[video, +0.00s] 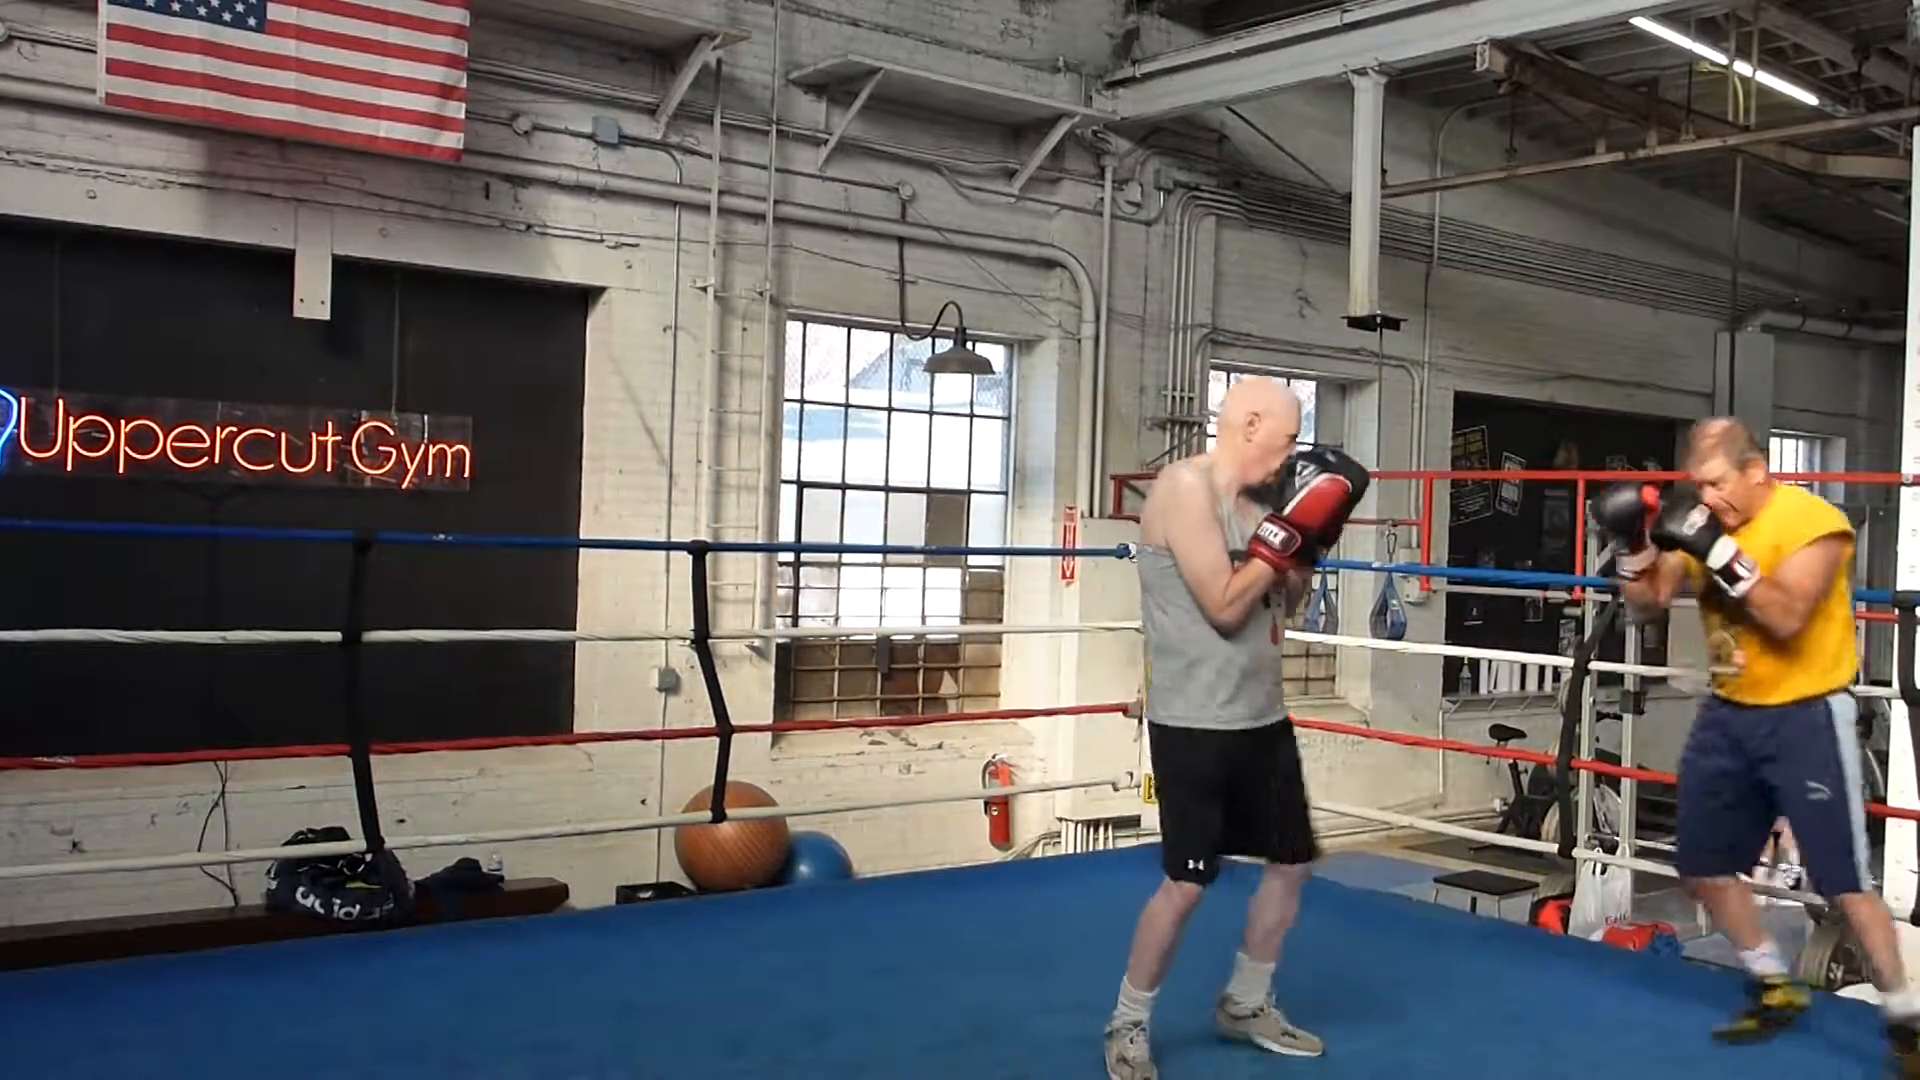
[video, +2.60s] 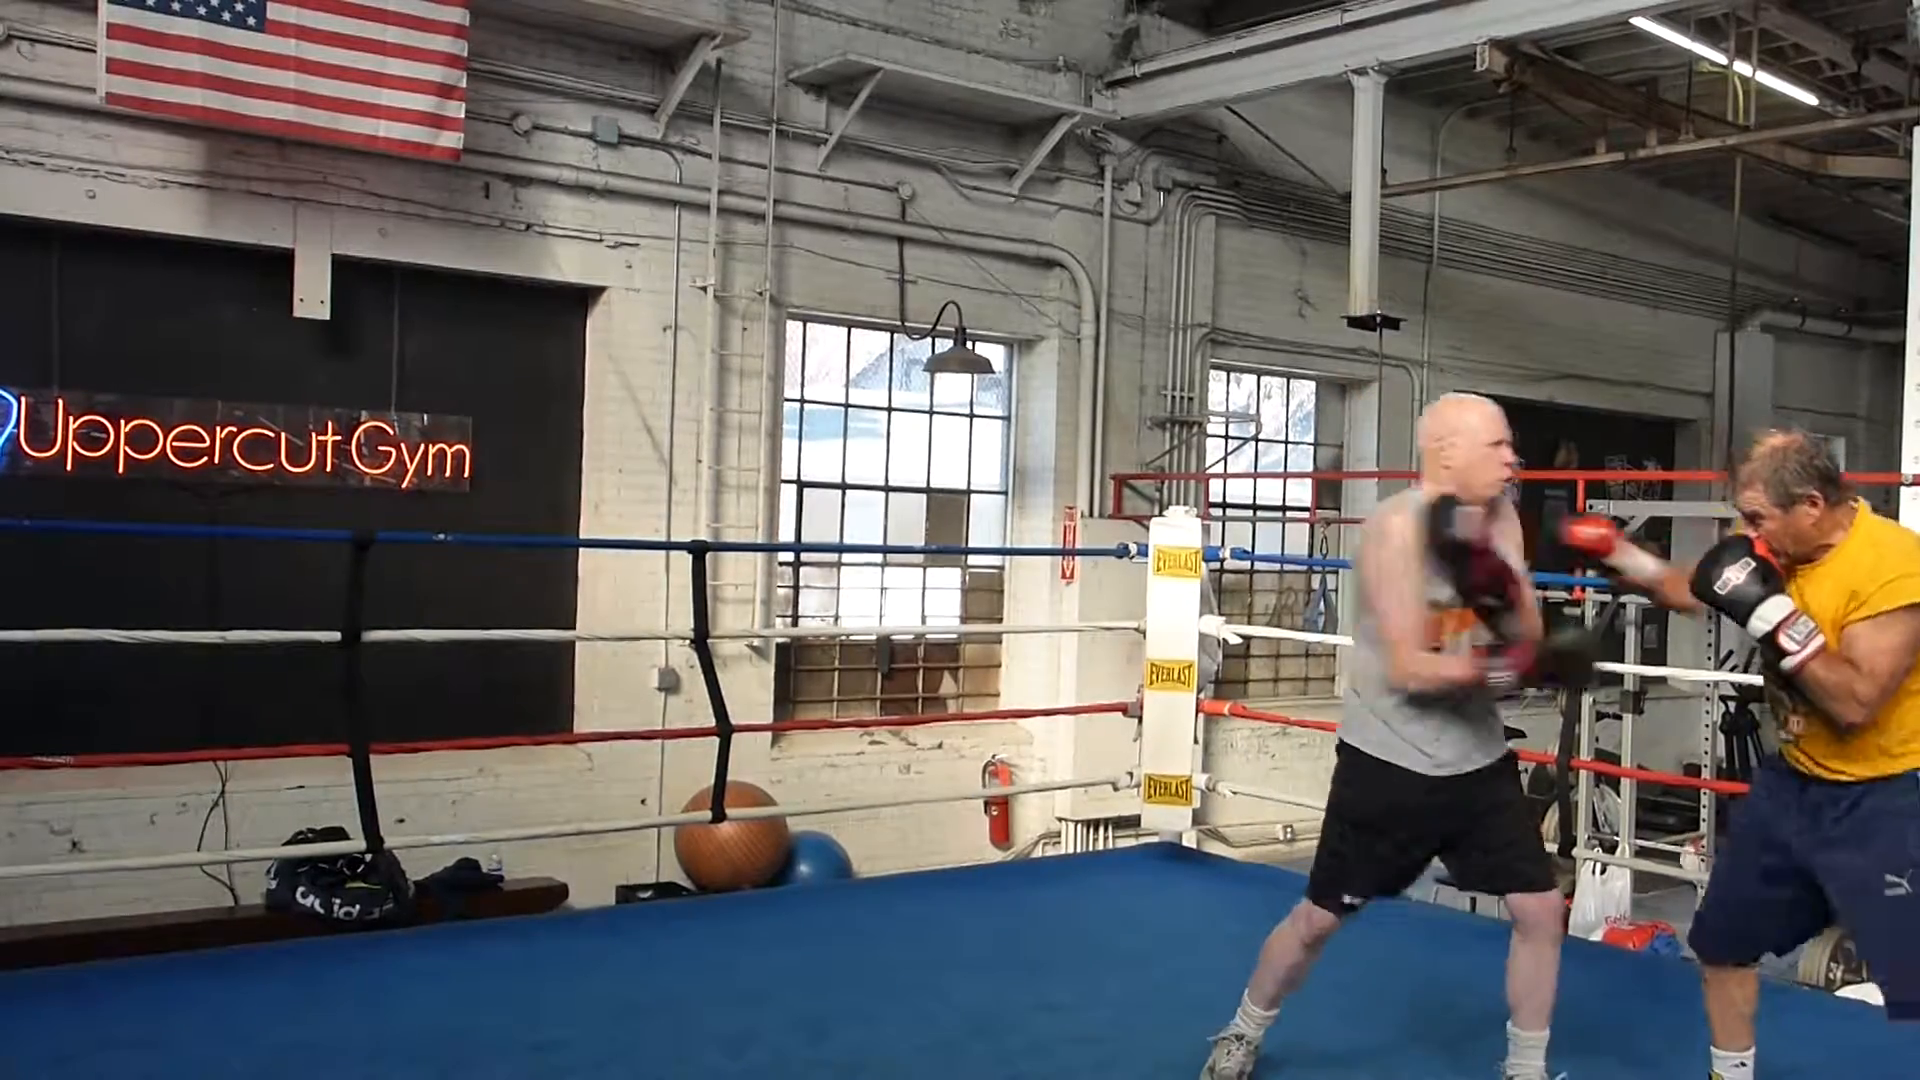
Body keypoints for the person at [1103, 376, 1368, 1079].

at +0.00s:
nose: (1288, 459)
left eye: (1292, 447)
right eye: (1285, 443)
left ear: (1253, 430)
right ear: (1246, 426)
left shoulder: (1249, 504)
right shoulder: (1183, 486)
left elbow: (1285, 605)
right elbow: (1224, 605)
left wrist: (1309, 532)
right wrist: (1284, 537)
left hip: (1260, 716)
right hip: (1192, 718)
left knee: (1291, 860)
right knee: (1188, 877)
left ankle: (1246, 1004)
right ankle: (1130, 1022)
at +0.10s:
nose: (1297, 470)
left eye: (1301, 458)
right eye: (1293, 454)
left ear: (1260, 445)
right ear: (1251, 441)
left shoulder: (1264, 520)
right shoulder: (1184, 506)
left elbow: (1292, 618)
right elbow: (1227, 624)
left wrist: (1324, 542)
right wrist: (1292, 546)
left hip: (1281, 726)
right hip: (1205, 736)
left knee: (1358, 849)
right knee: (1197, 891)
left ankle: (1286, 977)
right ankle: (1131, 1025)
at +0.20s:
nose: (1320, 478)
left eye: (1322, 466)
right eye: (1313, 463)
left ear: (1278, 453)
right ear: (1271, 453)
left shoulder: (1291, 523)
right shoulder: (1201, 518)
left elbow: (1313, 632)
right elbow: (1227, 641)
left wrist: (1342, 568)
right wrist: (1301, 562)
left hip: (1303, 731)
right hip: (1224, 744)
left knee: (1388, 854)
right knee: (1211, 899)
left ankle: (1373, 1006)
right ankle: (1133, 1027)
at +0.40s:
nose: (1394, 480)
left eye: (1395, 467)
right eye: (1385, 465)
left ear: (1356, 462)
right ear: (1337, 458)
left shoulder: (1371, 529)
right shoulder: (1286, 521)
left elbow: (1391, 641)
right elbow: (1313, 641)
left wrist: (1410, 583)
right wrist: (1390, 578)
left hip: (1370, 748)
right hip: (1289, 752)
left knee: (1434, 885)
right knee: (1242, 901)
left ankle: (1465, 1033)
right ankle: (1140, 1023)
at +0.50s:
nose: (1429, 462)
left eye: (1426, 449)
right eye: (1418, 447)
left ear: (1374, 450)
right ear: (1375, 448)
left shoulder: (1373, 521)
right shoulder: (1344, 507)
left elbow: (1396, 638)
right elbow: (1445, 594)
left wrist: (1440, 565)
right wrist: (1530, 554)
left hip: (1390, 743)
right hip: (1317, 744)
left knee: (1448, 877)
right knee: (1255, 893)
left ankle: (1465, 1031)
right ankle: (1151, 1017)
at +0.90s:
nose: (1415, 451)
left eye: (1413, 439)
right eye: (1403, 438)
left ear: (1373, 445)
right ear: (1355, 444)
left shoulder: (1397, 521)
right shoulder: (1315, 509)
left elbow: (1413, 632)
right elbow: (1366, 627)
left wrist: (1437, 567)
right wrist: (1431, 576)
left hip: (1396, 738)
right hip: (1316, 733)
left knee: (1448, 886)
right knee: (1267, 893)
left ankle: (1463, 1032)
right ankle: (1175, 1021)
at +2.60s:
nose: (1512, 460)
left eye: (1510, 446)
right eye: (1497, 446)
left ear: (1480, 456)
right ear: (1444, 455)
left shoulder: (1501, 523)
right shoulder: (1394, 524)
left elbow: (1528, 643)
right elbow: (1407, 667)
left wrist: (1502, 597)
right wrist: (1500, 665)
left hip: (1478, 758)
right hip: (1386, 759)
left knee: (1541, 909)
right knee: (1319, 919)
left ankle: (1527, 1071)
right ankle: (1241, 1039)